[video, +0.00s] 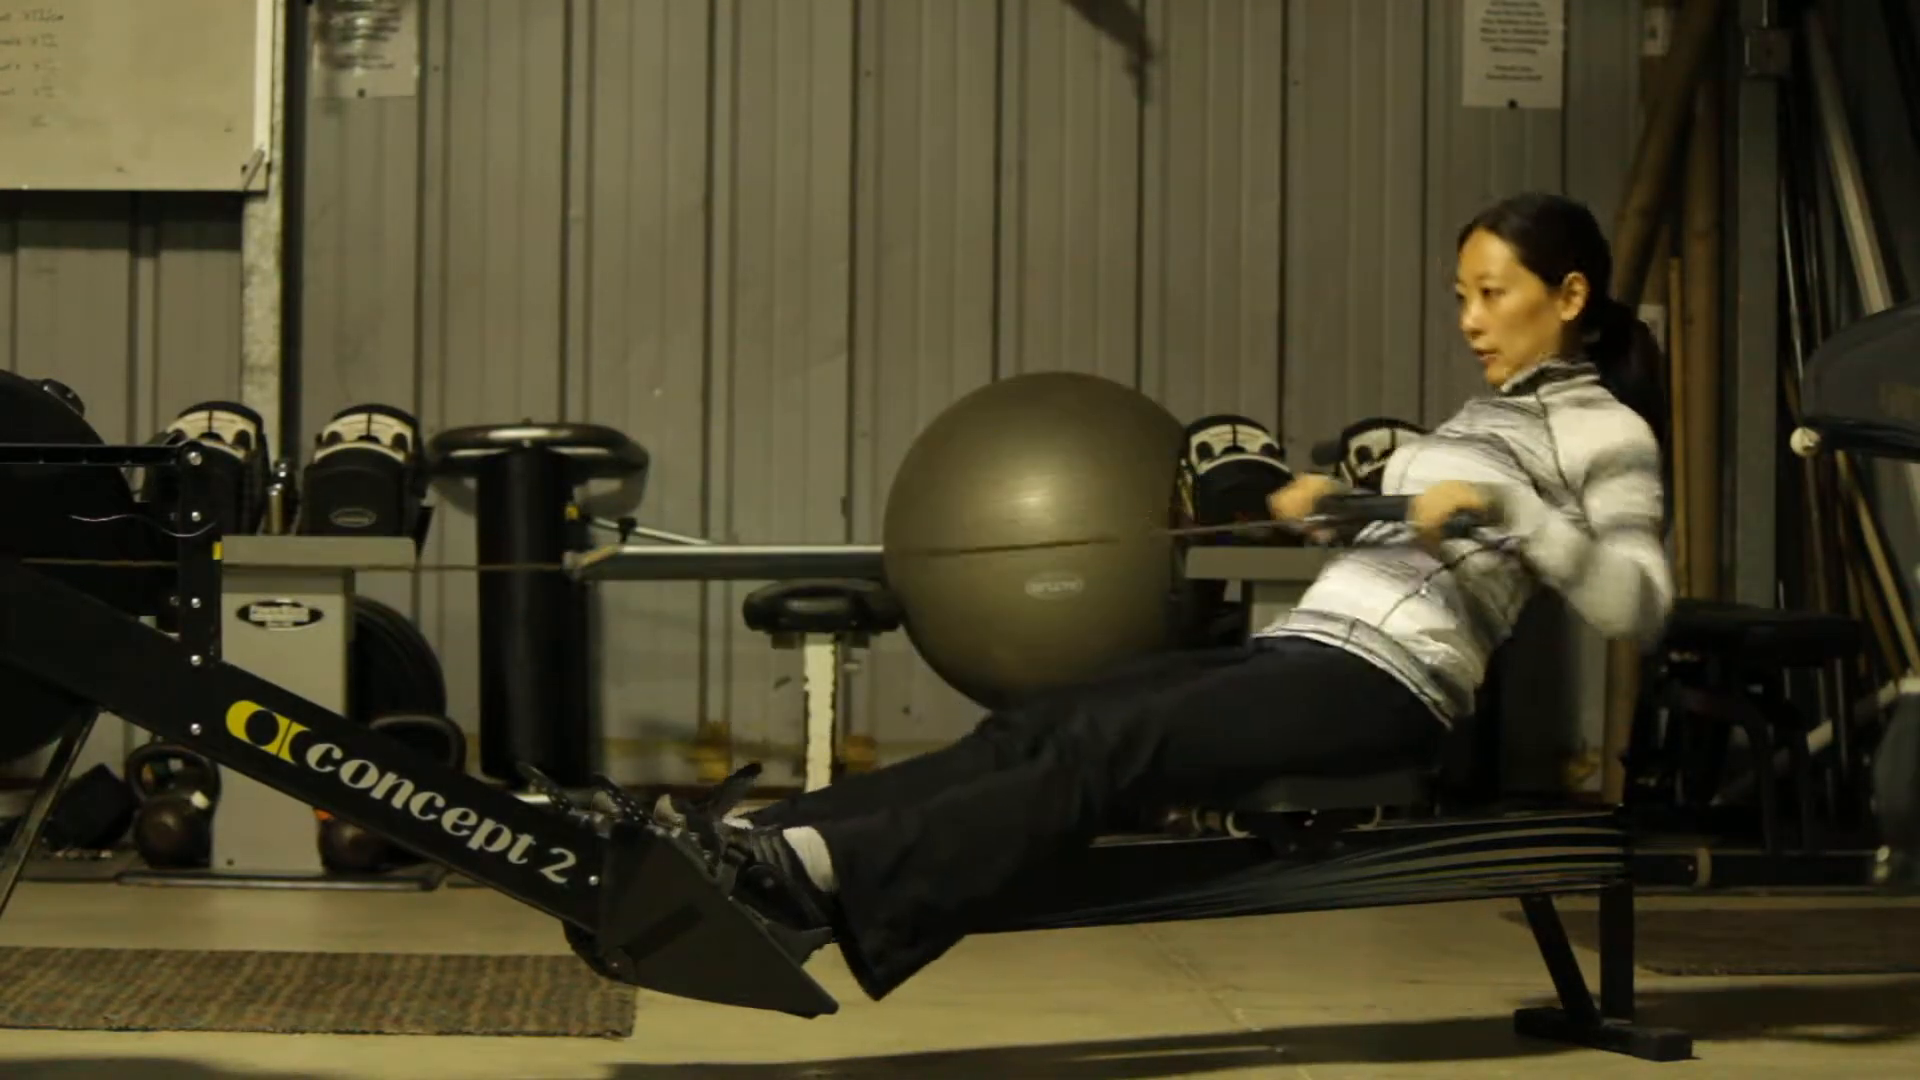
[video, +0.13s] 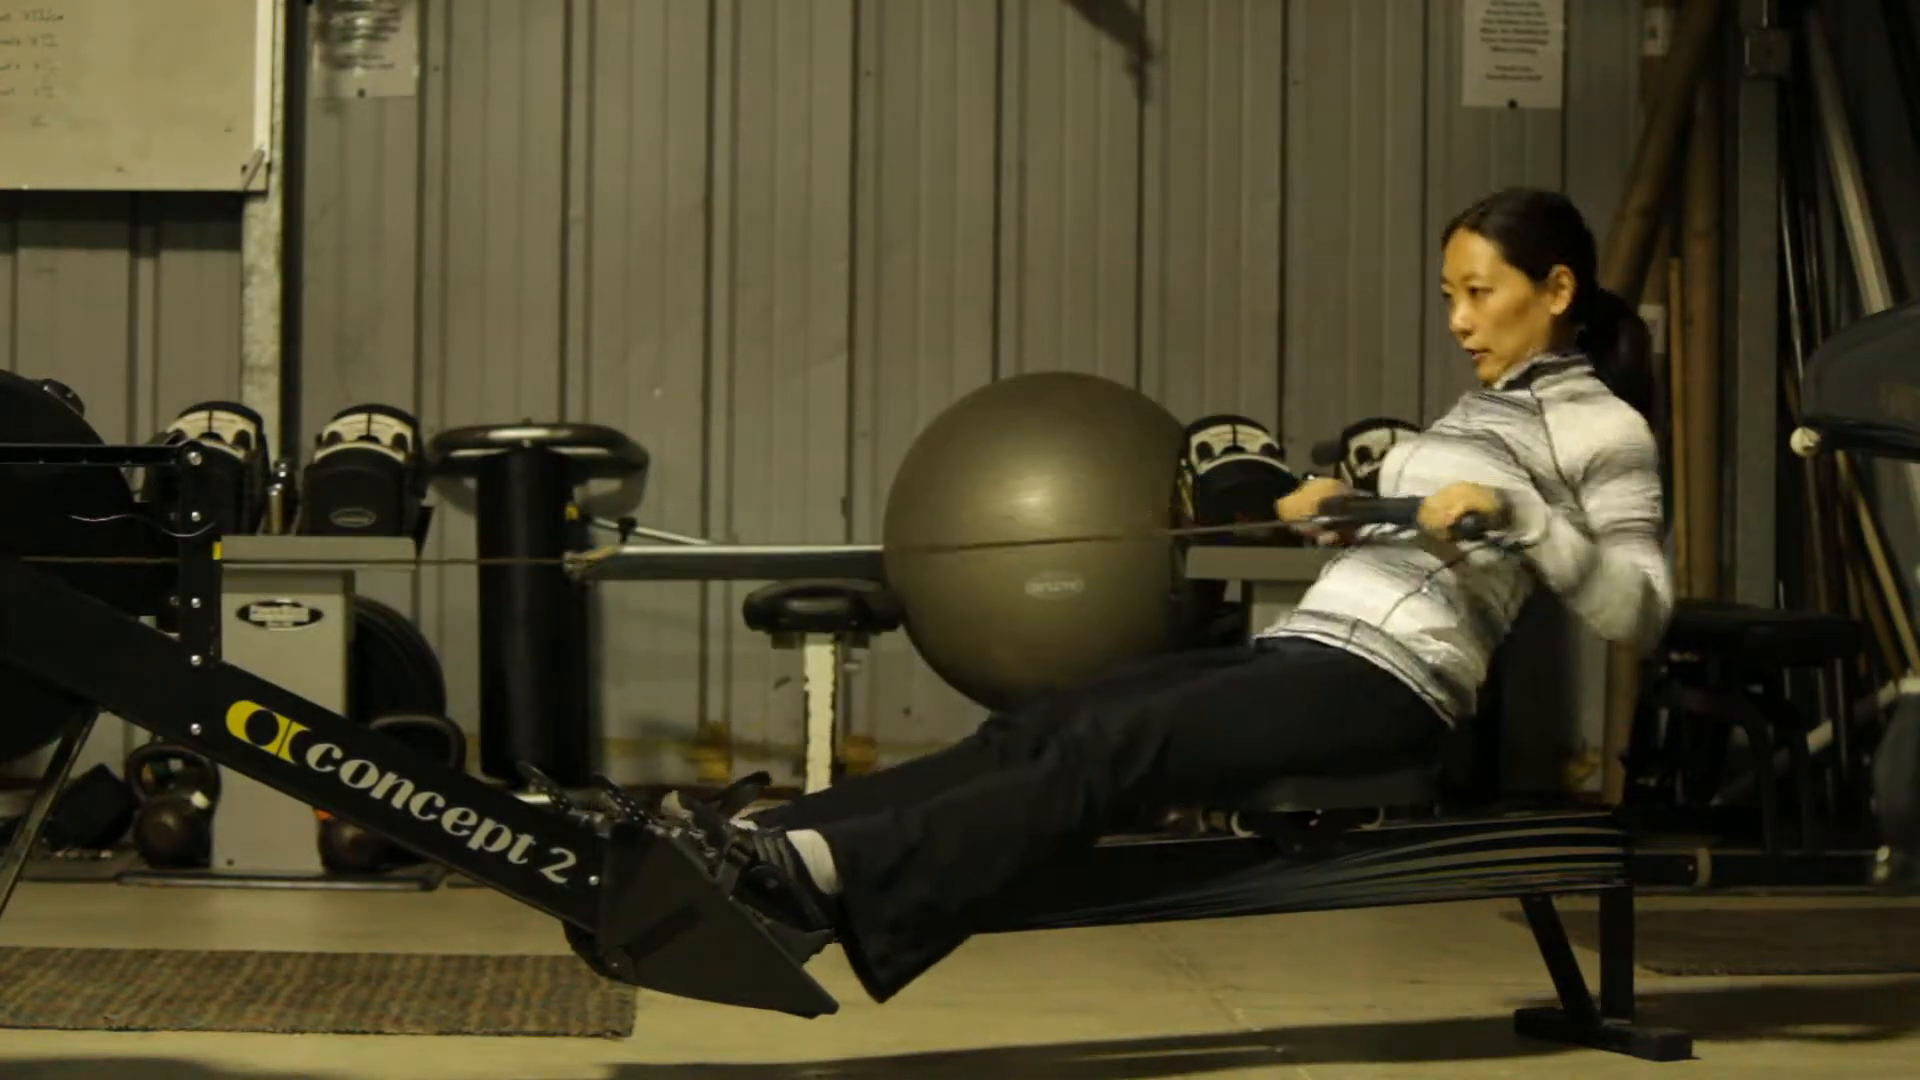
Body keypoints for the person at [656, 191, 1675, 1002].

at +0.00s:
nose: (1470, 319)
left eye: (1490, 295)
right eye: (1463, 297)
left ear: (1567, 297)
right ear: (1482, 301)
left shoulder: (1607, 429)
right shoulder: (1477, 412)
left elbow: (1636, 605)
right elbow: (1438, 532)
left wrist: (1505, 505)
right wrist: (1339, 505)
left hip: (1389, 680)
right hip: (1297, 654)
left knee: (1098, 740)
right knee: (1036, 719)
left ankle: (796, 883)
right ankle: (754, 846)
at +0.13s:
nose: (1460, 318)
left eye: (1479, 292)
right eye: (1453, 296)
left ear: (1556, 290)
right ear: (1475, 299)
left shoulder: (1603, 421)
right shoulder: (1473, 406)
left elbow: (1638, 610)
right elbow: (1434, 527)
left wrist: (1521, 511)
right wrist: (1342, 507)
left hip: (1391, 683)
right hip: (1299, 655)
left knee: (1099, 737)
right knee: (1041, 717)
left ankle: (800, 879)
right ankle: (762, 841)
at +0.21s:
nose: (1432, 300)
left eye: (1450, 276)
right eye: (1426, 278)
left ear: (1528, 273)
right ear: (1456, 279)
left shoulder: (1575, 399)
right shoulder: (1444, 399)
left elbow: (1603, 589)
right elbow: (1395, 535)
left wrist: (1446, 519)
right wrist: (1281, 515)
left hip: (1390, 680)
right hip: (1305, 656)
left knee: (1096, 740)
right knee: (1040, 720)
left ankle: (807, 882)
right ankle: (770, 847)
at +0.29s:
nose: (1380, 275)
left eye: (1397, 252)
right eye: (1372, 253)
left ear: (1480, 242)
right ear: (1385, 252)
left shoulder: (1529, 372)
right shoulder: (1401, 365)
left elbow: (1526, 558)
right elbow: (1339, 524)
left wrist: (1337, 534)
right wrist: (1192, 529)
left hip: (1394, 681)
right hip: (1305, 657)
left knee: (1106, 738)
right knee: (1041, 720)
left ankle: (818, 887)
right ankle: (754, 848)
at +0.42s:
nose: (1258, 229)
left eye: (1282, 202)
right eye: (1254, 203)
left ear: (1365, 204)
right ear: (1255, 208)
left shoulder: (1411, 334)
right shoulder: (1275, 342)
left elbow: (1335, 524)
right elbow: (1175, 492)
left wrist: (1151, 595)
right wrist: (1009, 577)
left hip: (1363, 668)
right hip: (1258, 649)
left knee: (1076, 707)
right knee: (1023, 682)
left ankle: (833, 895)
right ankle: (785, 852)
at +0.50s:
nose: (1164, 220)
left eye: (1189, 193)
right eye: (1160, 196)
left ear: (1275, 196)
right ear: (1156, 197)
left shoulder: (1321, 334)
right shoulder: (1182, 341)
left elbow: (1198, 518)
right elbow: (1061, 487)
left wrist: (1032, 622)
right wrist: (892, 600)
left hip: (1332, 681)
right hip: (1230, 659)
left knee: (1022, 686)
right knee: (966, 663)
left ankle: (827, 884)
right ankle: (766, 849)